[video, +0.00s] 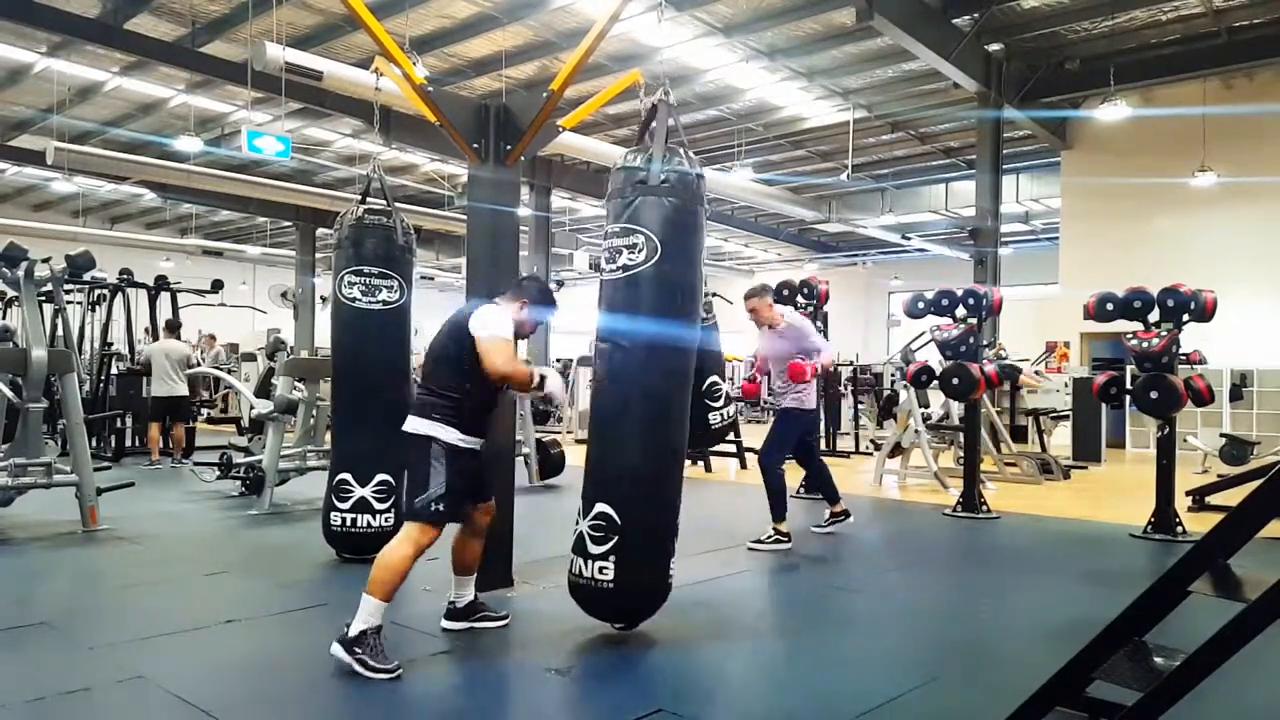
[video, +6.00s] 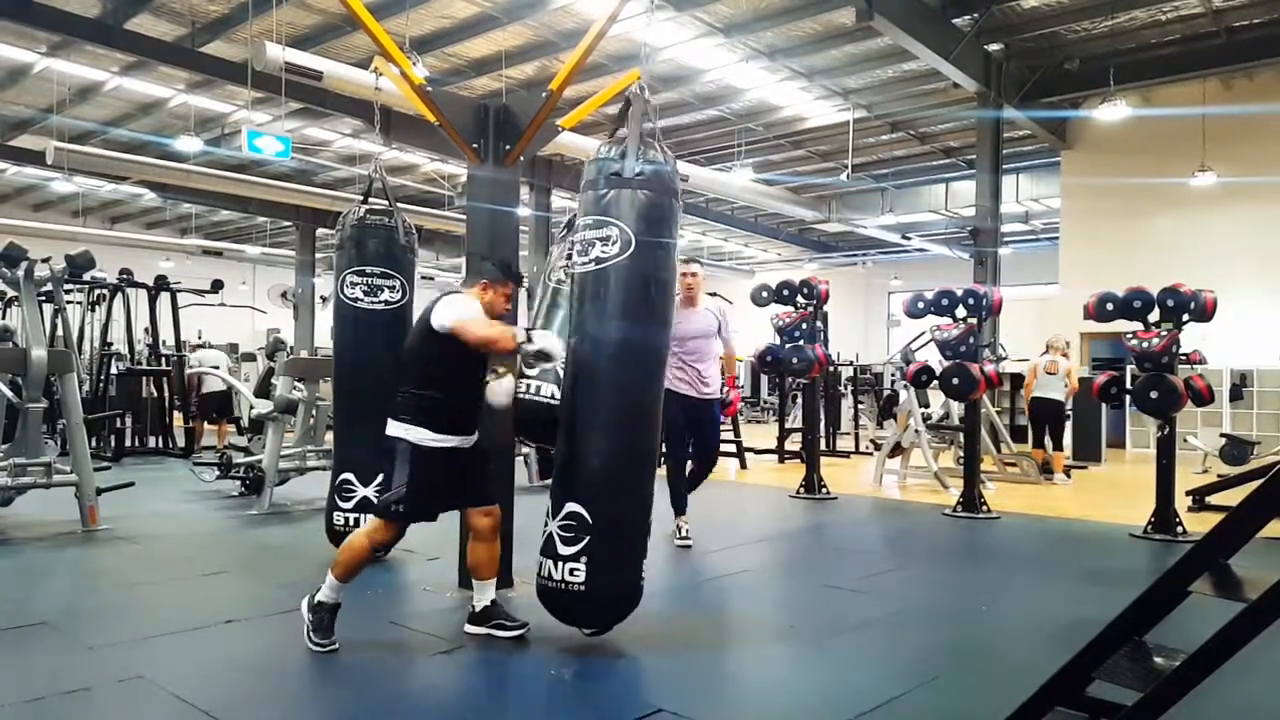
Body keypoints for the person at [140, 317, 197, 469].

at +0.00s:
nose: (165, 332)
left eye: (165, 329)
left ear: (164, 330)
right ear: (178, 331)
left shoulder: (153, 347)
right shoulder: (184, 348)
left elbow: (143, 363)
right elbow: (192, 364)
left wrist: (155, 367)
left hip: (159, 392)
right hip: (180, 391)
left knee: (155, 424)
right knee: (178, 424)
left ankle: (155, 458)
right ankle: (177, 457)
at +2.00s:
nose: (214, 339)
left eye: (214, 337)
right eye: (217, 337)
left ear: (215, 337)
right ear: (227, 338)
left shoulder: (207, 351)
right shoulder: (235, 353)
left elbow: (201, 371)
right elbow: (240, 374)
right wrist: (237, 386)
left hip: (212, 392)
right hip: (229, 392)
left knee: (213, 422)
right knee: (229, 420)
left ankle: (217, 448)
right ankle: (225, 446)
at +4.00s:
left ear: (181, 357)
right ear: (193, 354)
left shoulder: (180, 360)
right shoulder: (204, 357)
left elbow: (166, 378)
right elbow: (217, 368)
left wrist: (146, 388)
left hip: (200, 391)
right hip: (217, 388)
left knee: (196, 421)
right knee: (218, 420)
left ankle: (196, 447)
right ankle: (220, 446)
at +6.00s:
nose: (191, 353)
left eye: (192, 351)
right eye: (191, 351)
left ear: (195, 349)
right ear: (205, 346)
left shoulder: (195, 356)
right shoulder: (221, 354)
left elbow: (193, 379)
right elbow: (231, 371)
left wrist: (192, 395)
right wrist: (230, 386)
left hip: (206, 391)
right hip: (223, 390)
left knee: (199, 420)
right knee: (223, 421)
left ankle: (197, 446)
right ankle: (220, 446)